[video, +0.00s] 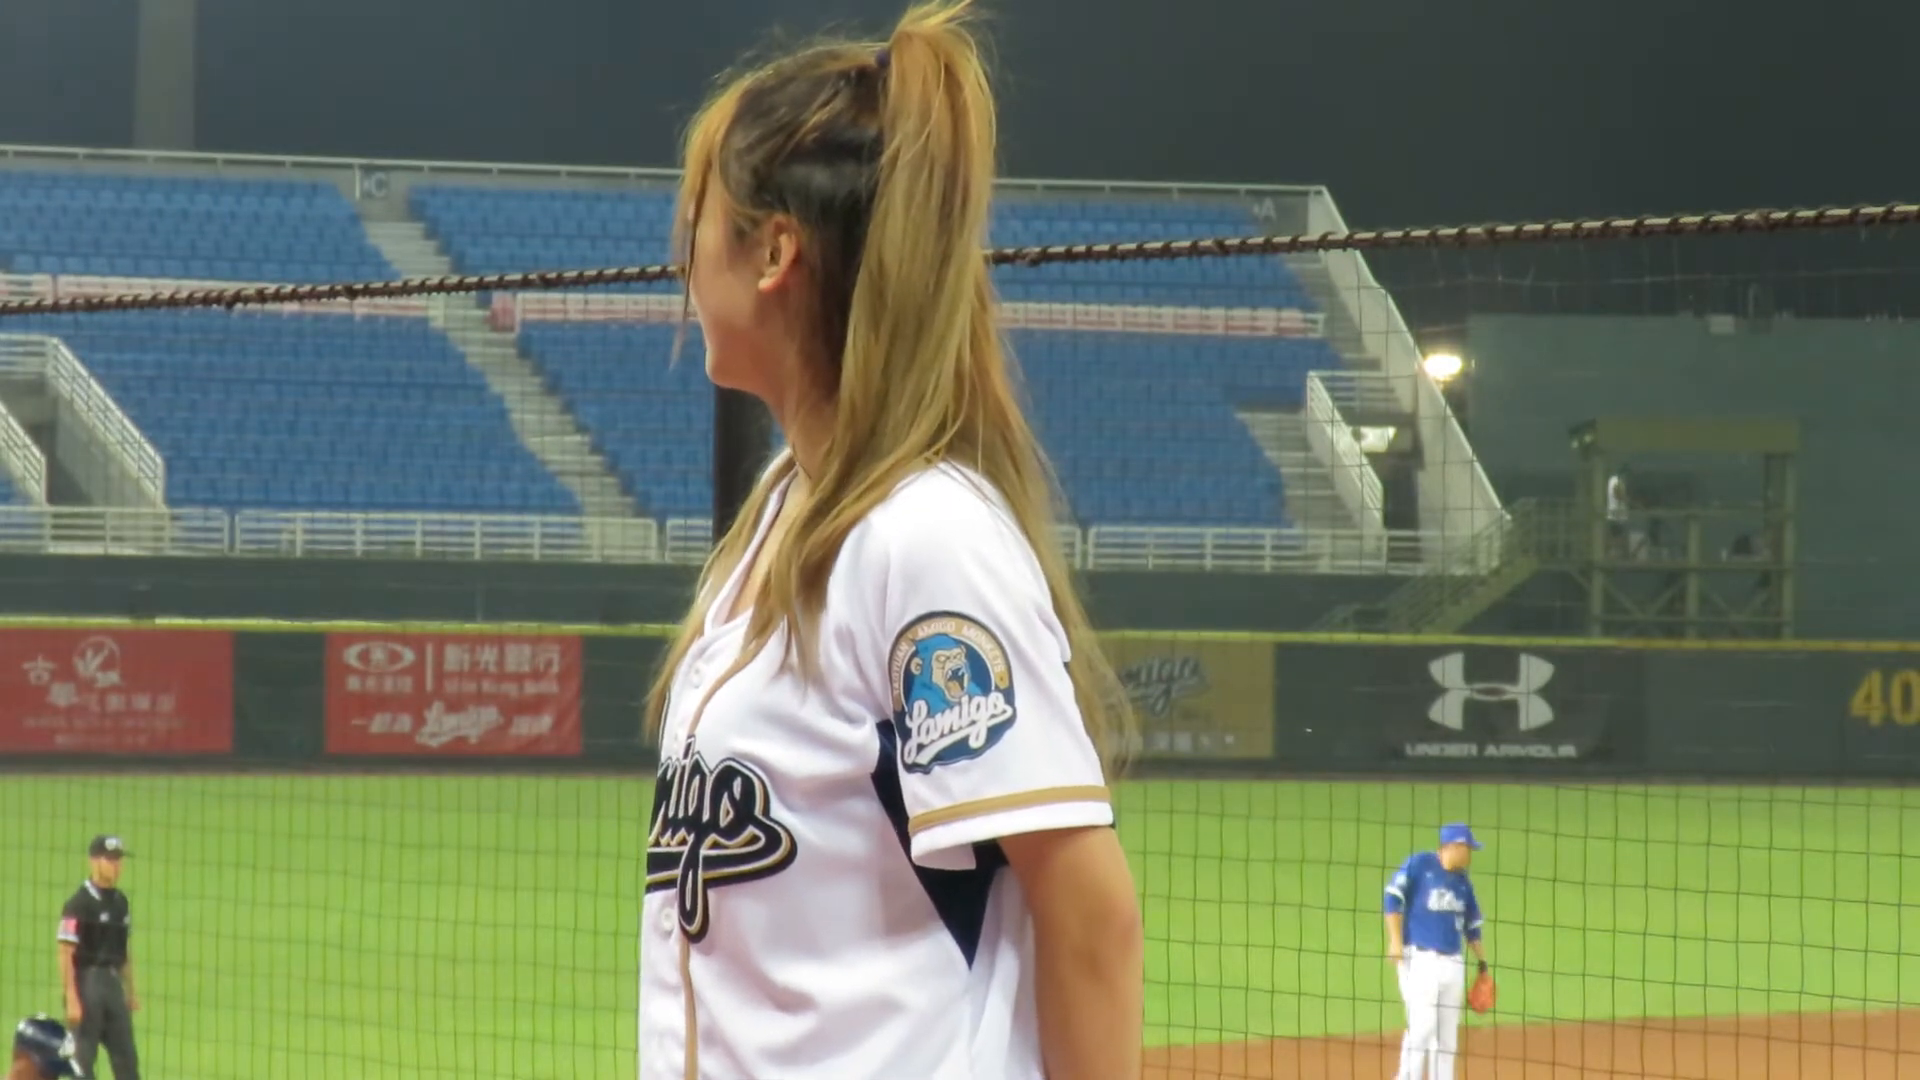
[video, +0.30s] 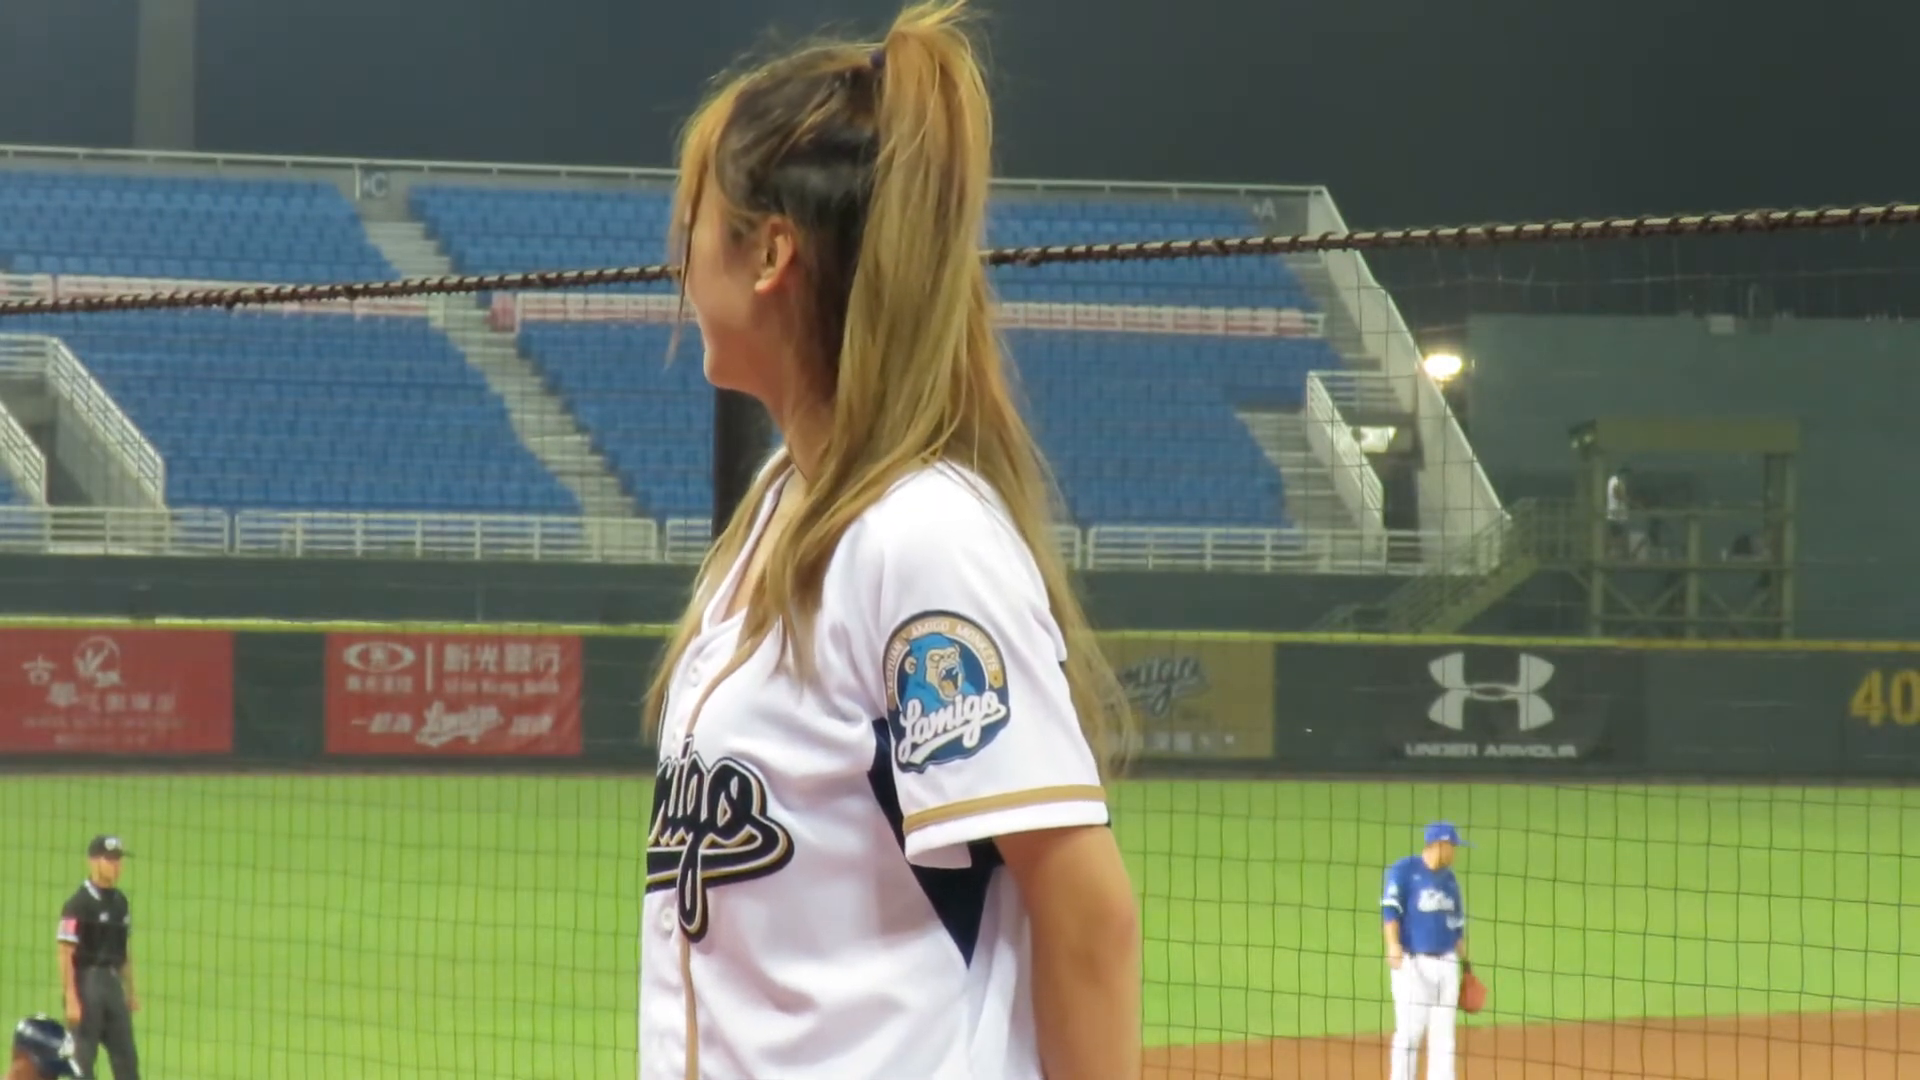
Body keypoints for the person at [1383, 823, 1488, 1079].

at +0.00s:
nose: (1470, 855)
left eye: (1470, 849)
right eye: (1466, 848)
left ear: (1460, 849)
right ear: (1450, 846)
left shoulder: (1463, 882)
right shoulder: (1420, 863)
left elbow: (1473, 928)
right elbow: (1393, 898)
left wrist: (1482, 966)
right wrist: (1396, 942)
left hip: (1452, 963)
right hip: (1419, 959)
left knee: (1447, 1035)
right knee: (1423, 1028)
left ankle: (1443, 1077)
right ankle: (1408, 1076)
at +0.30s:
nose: (1454, 853)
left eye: (1454, 847)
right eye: (1451, 847)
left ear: (1443, 846)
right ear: (1437, 844)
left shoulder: (1449, 878)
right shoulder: (1402, 871)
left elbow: (1456, 929)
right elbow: (1390, 913)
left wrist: (1466, 967)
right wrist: (1394, 948)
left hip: (1447, 963)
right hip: (1412, 963)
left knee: (1443, 1037)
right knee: (1409, 1034)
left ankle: (1442, 1077)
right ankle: (1401, 1077)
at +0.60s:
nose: (1440, 849)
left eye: (1439, 844)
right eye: (1436, 844)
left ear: (1433, 844)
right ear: (1421, 843)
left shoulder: (1440, 875)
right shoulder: (1392, 871)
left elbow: (1450, 922)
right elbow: (1379, 913)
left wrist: (1461, 960)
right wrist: (1386, 954)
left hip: (1434, 962)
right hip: (1400, 962)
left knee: (1439, 1033)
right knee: (1399, 1035)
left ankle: (1442, 1077)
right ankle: (1399, 1077)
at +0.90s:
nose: (1430, 843)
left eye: (1431, 838)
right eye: (1424, 838)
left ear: (1433, 841)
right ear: (1410, 840)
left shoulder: (1439, 874)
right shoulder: (1389, 873)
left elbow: (1449, 921)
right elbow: (1376, 916)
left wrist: (1460, 958)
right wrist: (1381, 957)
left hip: (1433, 960)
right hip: (1400, 959)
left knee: (1442, 1029)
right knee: (1399, 1032)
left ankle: (1436, 1076)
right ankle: (1398, 1076)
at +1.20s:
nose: (1435, 841)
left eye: (1436, 835)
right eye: (1429, 836)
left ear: (1440, 838)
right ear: (1415, 838)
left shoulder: (1446, 872)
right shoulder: (1398, 871)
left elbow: (1454, 919)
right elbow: (1389, 915)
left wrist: (1462, 956)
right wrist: (1391, 954)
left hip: (1441, 959)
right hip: (1411, 957)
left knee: (1434, 1029)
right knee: (1407, 1027)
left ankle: (1428, 1076)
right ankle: (1401, 1075)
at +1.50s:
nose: (1445, 844)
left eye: (1447, 839)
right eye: (1439, 839)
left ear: (1450, 842)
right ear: (1426, 840)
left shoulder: (1452, 874)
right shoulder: (1410, 872)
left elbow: (1460, 921)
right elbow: (1397, 914)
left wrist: (1467, 960)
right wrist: (1415, 952)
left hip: (1447, 960)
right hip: (1416, 958)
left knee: (1437, 1028)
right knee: (1416, 1025)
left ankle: (1429, 1075)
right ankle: (1404, 1075)